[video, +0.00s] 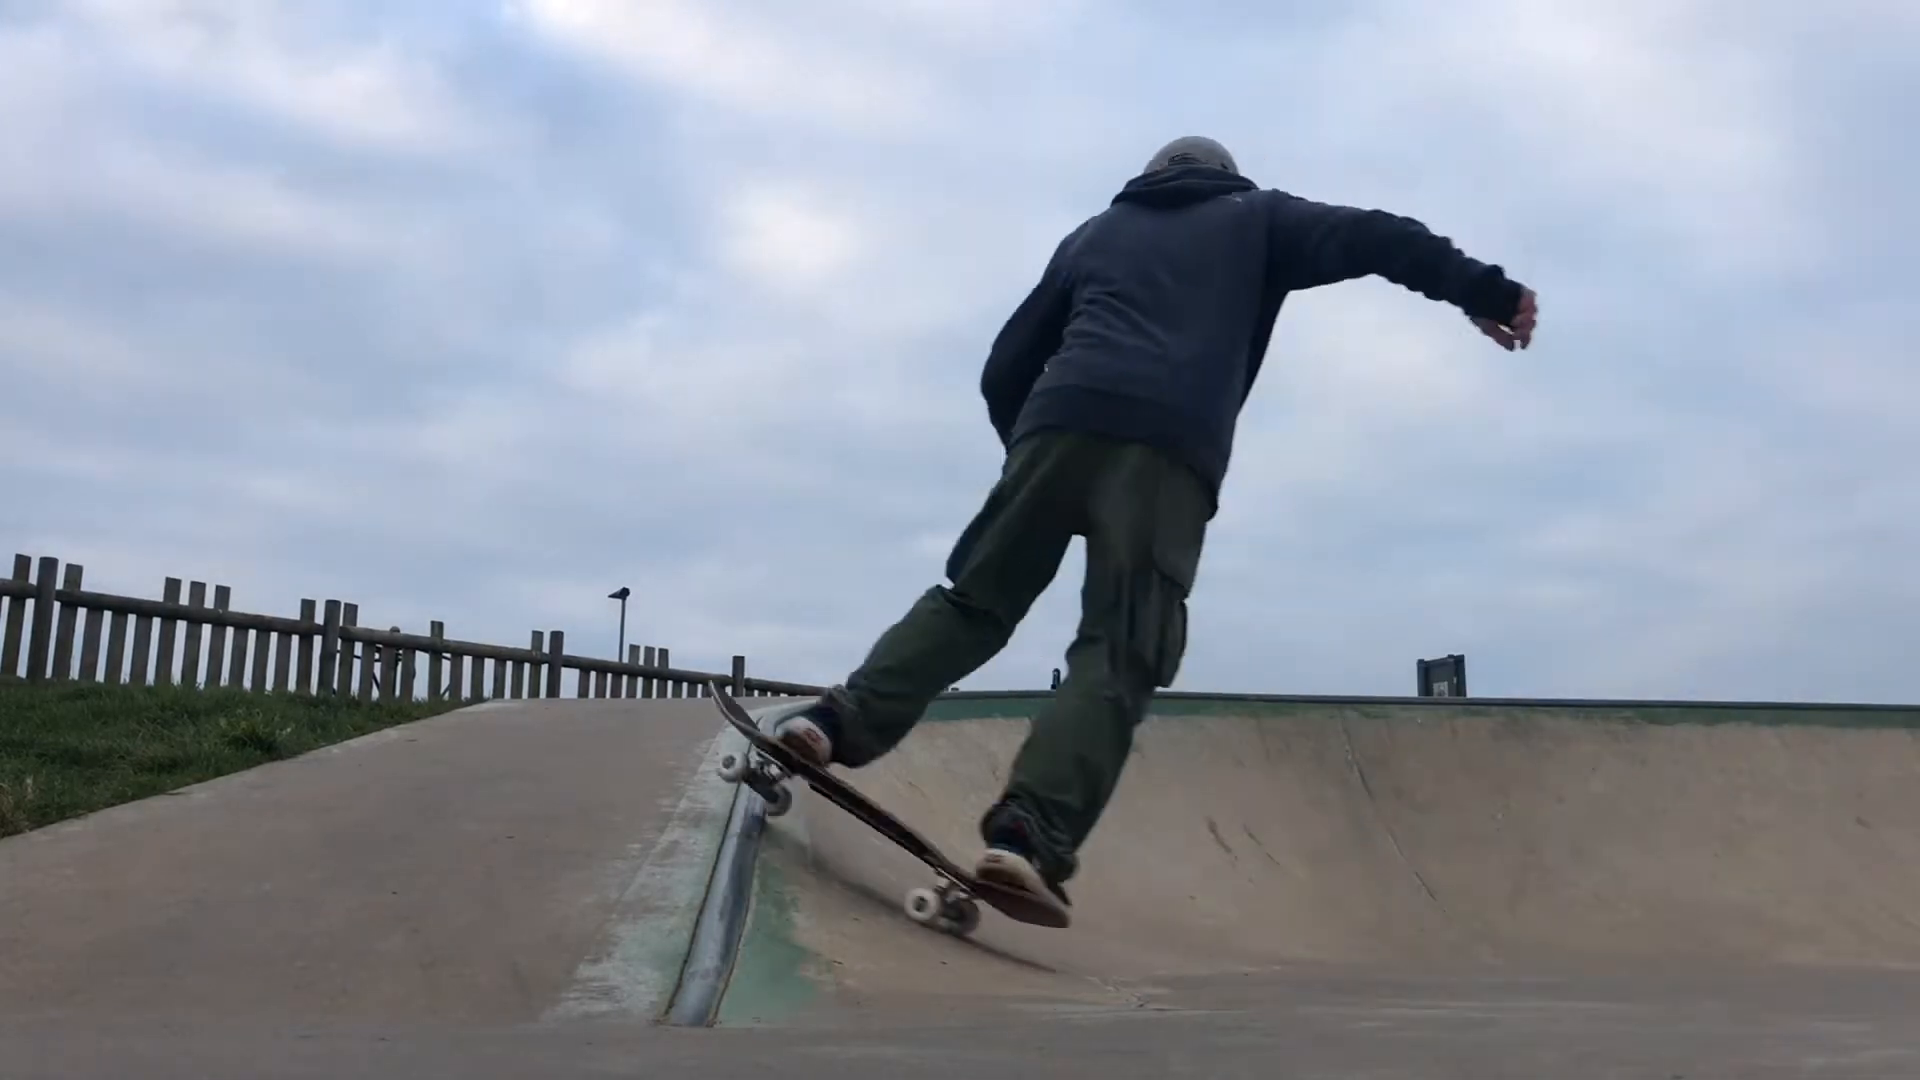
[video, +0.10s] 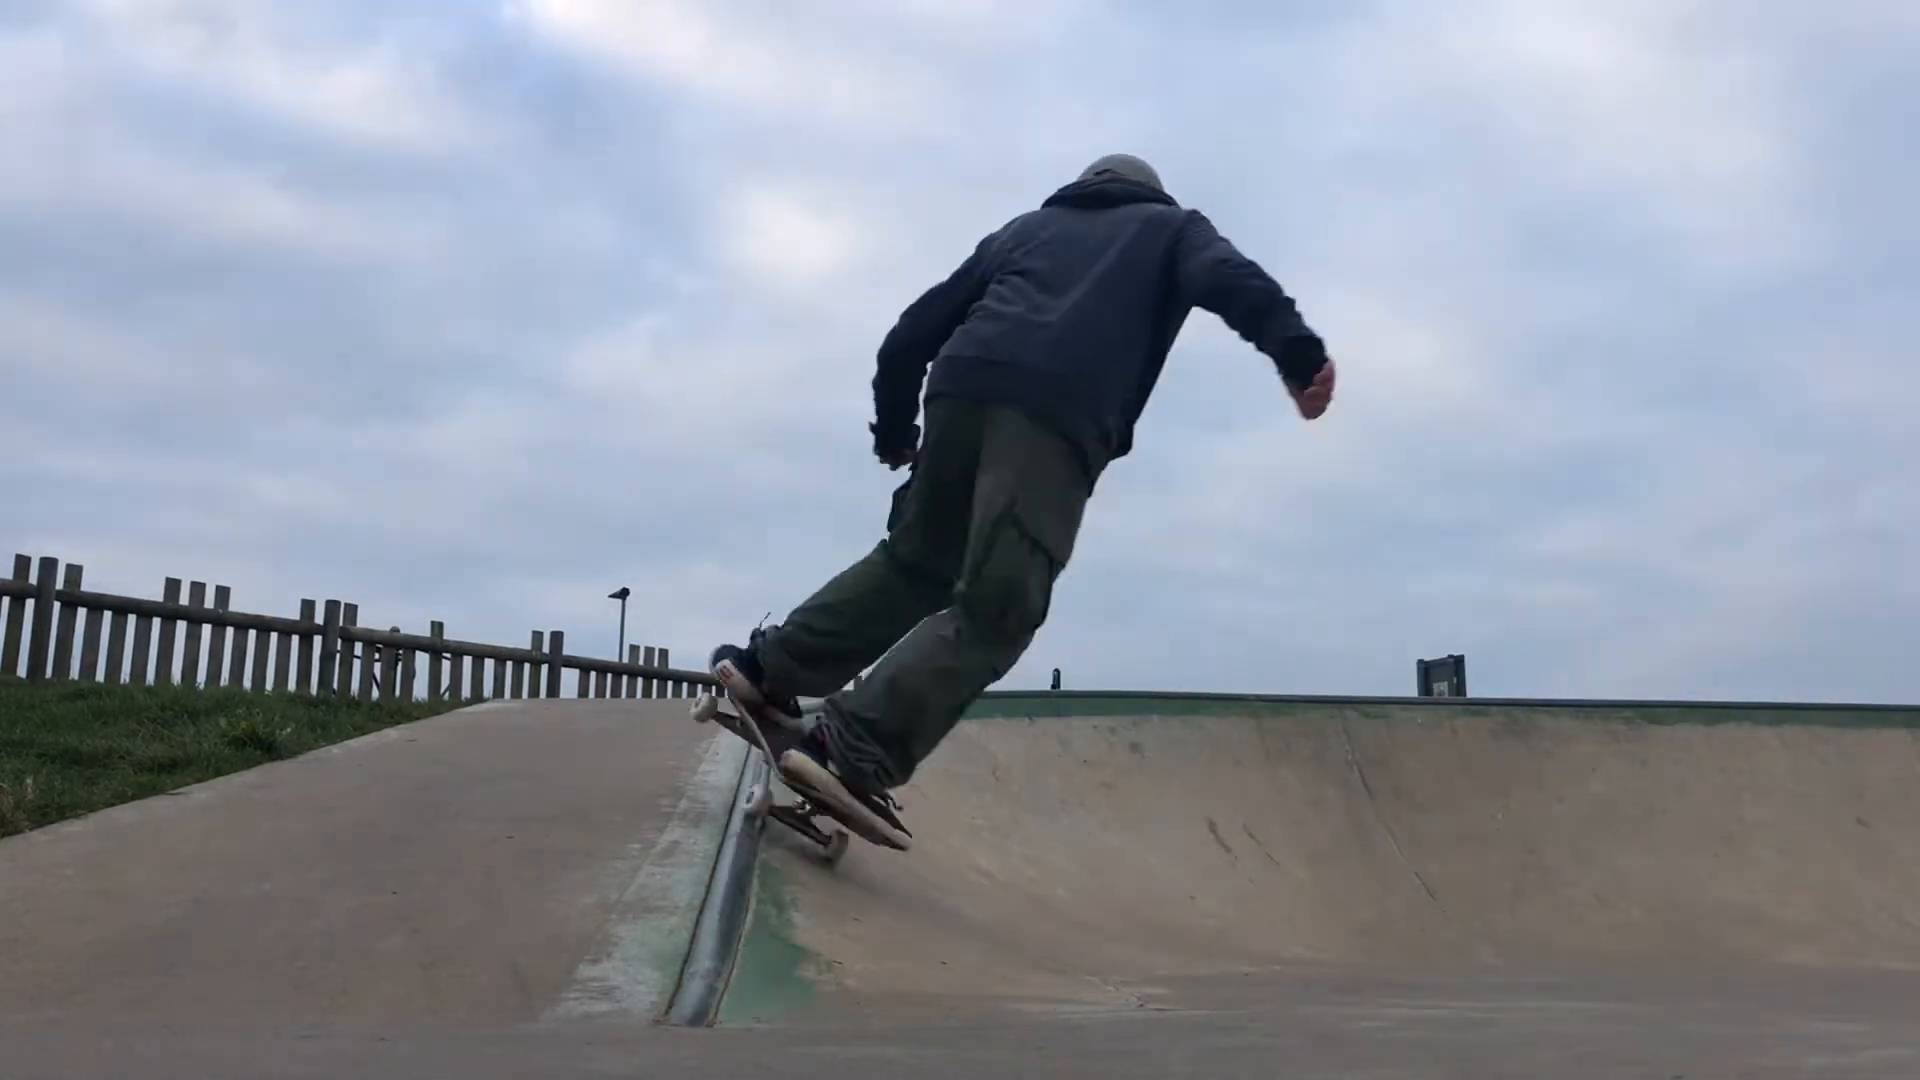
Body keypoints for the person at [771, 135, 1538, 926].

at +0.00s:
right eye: (1234, 184)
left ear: (1154, 176)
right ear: (1230, 179)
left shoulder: (1096, 231)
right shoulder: (1256, 215)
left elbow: (1009, 359)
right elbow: (1379, 235)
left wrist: (1038, 444)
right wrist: (1489, 291)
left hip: (1059, 415)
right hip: (1173, 434)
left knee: (974, 597)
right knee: (1119, 644)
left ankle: (840, 724)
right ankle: (1029, 833)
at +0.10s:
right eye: (1165, 195)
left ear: (1087, 185)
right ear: (1152, 193)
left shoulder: (1025, 227)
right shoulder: (1169, 223)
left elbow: (912, 331)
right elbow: (1232, 277)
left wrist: (896, 426)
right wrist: (1301, 351)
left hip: (958, 382)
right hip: (1057, 405)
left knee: (920, 561)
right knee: (996, 609)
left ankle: (769, 670)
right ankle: (851, 750)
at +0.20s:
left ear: (1048, 183)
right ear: (1109, 198)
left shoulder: (977, 218)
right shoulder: (1115, 228)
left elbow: (845, 306)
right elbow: (1144, 312)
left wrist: (812, 393)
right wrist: (1182, 424)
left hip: (886, 379)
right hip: (970, 398)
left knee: (860, 568)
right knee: (941, 594)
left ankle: (781, 709)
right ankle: (796, 712)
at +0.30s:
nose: (1089, 212)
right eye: (1091, 203)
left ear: (1027, 169)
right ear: (1080, 187)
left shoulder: (944, 210)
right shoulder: (1070, 213)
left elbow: (823, 302)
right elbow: (1092, 306)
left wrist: (806, 392)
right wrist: (1147, 417)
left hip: (848, 374)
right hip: (927, 380)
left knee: (865, 568)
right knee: (927, 574)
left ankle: (784, 702)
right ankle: (802, 709)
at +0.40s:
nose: (1080, 231)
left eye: (1084, 223)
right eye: (1081, 218)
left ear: (1024, 171)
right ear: (1065, 195)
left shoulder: (933, 208)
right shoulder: (1044, 205)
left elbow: (858, 290)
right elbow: (1079, 286)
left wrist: (839, 354)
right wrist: (1155, 380)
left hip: (838, 356)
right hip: (910, 364)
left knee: (849, 554)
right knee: (914, 558)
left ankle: (790, 693)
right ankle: (811, 704)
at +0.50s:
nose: (1073, 225)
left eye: (1075, 217)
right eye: (1074, 214)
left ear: (1018, 174)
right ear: (1055, 193)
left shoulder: (927, 218)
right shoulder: (1023, 201)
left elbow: (885, 292)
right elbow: (1091, 251)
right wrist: (1191, 318)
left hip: (843, 367)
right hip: (910, 373)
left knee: (861, 559)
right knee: (909, 561)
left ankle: (793, 698)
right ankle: (809, 709)